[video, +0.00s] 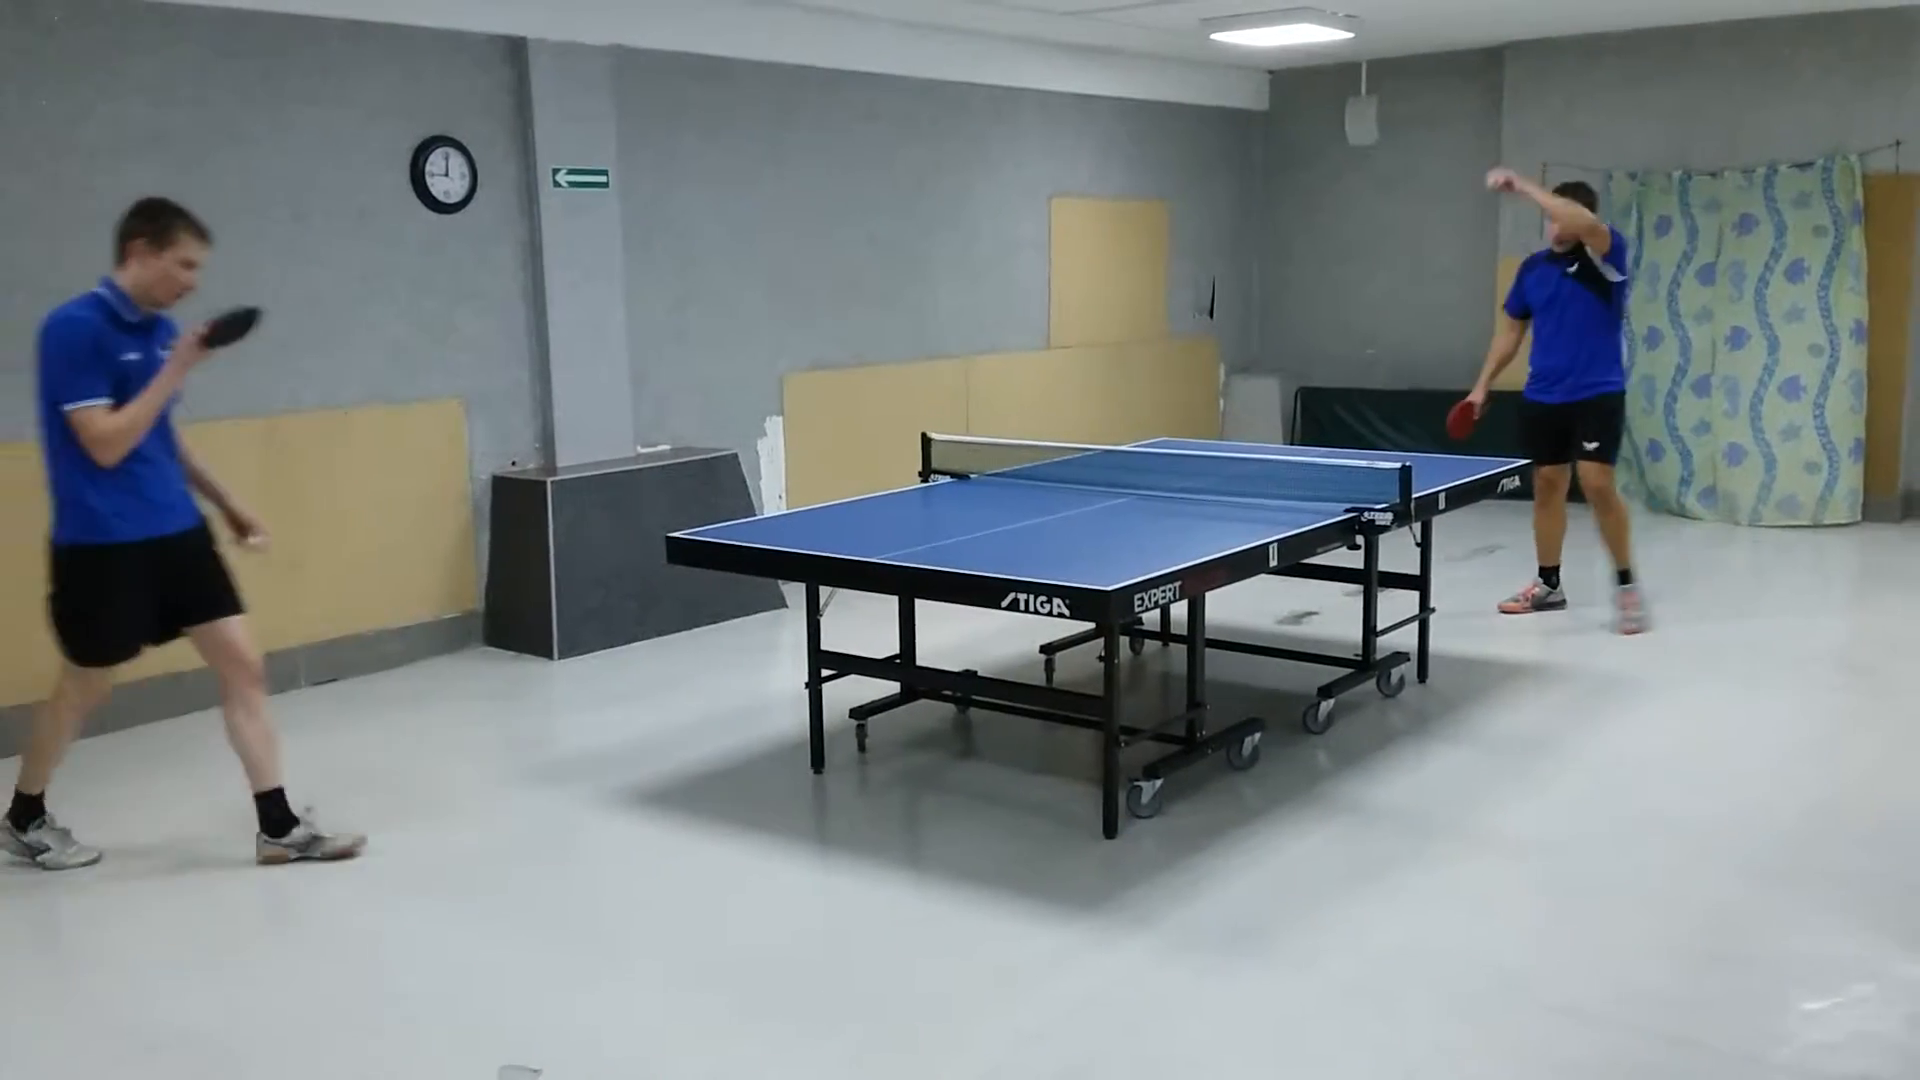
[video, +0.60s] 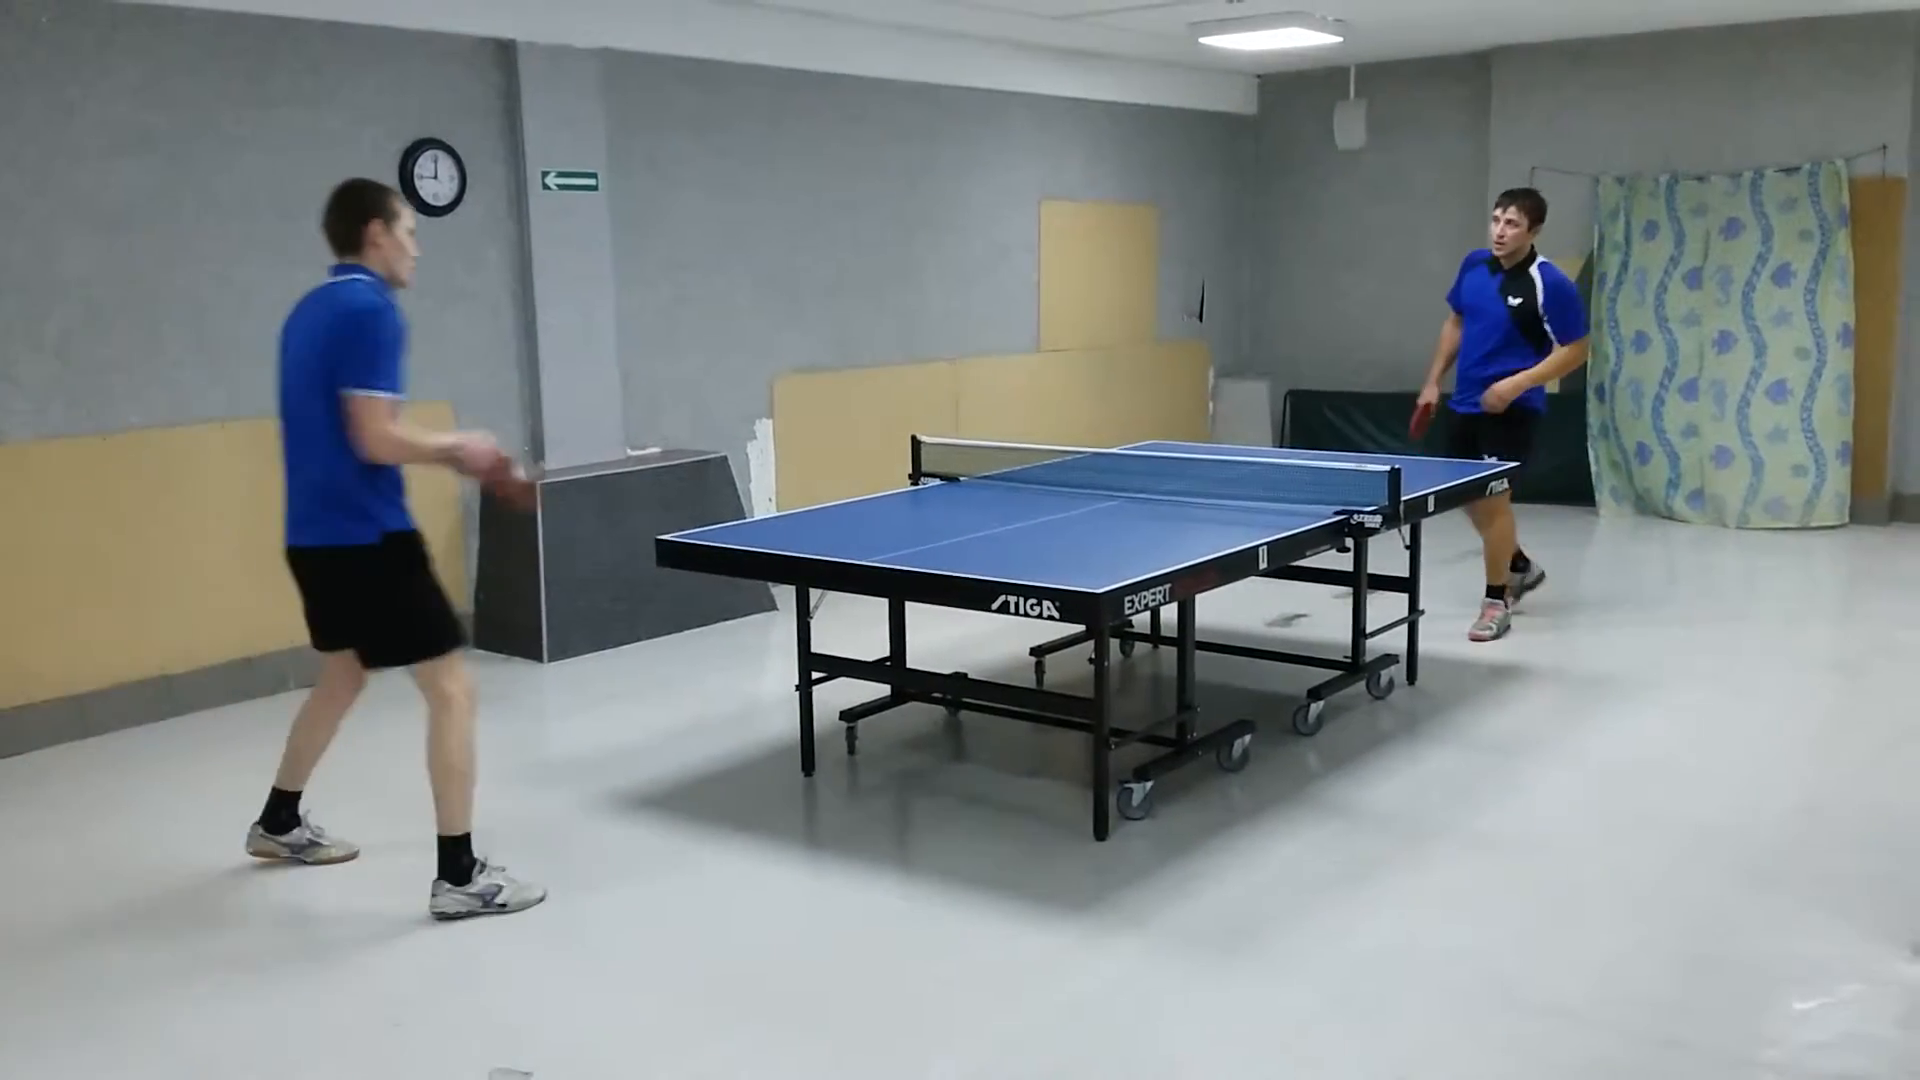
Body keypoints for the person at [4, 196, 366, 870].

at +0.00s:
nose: (191, 283)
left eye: (196, 270)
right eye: (184, 266)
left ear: (158, 260)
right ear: (137, 252)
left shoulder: (160, 333)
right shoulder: (71, 329)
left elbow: (162, 442)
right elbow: (103, 444)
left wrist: (225, 503)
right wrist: (179, 366)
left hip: (177, 536)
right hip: (100, 548)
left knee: (242, 667)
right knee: (84, 687)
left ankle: (278, 824)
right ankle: (23, 816)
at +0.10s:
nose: (238, 271)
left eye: (243, 258)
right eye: (230, 254)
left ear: (195, 251)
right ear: (185, 244)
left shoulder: (202, 328)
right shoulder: (118, 321)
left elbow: (207, 438)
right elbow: (123, 437)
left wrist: (278, 491)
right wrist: (216, 388)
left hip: (219, 527)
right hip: (147, 540)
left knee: (273, 664)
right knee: (168, 691)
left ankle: (276, 827)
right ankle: (61, 793)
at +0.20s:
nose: (274, 259)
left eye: (278, 246)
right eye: (266, 242)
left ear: (237, 240)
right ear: (221, 232)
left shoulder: (238, 319)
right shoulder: (158, 309)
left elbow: (248, 425)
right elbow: (145, 425)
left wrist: (336, 452)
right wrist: (251, 413)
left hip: (256, 513)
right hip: (190, 526)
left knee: (289, 668)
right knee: (252, 680)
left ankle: (273, 827)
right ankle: (142, 780)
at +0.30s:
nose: (310, 249)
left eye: (314, 236)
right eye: (302, 233)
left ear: (270, 232)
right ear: (258, 226)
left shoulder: (269, 311)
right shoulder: (201, 303)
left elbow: (280, 420)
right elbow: (180, 417)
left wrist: (371, 418)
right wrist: (290, 443)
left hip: (281, 512)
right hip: (235, 520)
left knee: (299, 674)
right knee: (323, 667)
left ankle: (274, 821)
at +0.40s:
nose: (348, 244)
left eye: (348, 231)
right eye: (338, 229)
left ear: (306, 231)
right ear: (296, 227)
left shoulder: (296, 307)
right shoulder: (255, 302)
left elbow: (312, 418)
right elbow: (220, 415)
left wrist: (404, 398)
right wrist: (322, 464)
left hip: (299, 517)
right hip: (273, 523)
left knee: (311, 671)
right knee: (378, 663)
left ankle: (276, 829)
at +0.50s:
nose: (383, 247)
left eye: (381, 234)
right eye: (373, 231)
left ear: (333, 236)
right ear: (335, 233)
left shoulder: (323, 305)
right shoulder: (311, 304)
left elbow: (343, 417)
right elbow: (282, 423)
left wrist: (440, 413)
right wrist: (375, 468)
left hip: (305, 527)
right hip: (320, 529)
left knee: (324, 669)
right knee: (414, 675)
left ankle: (276, 826)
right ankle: (453, 861)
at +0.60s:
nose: (416, 248)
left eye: (415, 234)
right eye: (408, 234)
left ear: (355, 239)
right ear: (376, 235)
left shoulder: (309, 311)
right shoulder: (370, 307)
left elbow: (352, 439)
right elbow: (375, 438)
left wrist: (453, 450)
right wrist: (459, 448)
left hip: (315, 542)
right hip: (371, 540)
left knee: (343, 674)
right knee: (451, 687)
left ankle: (277, 820)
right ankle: (459, 874)